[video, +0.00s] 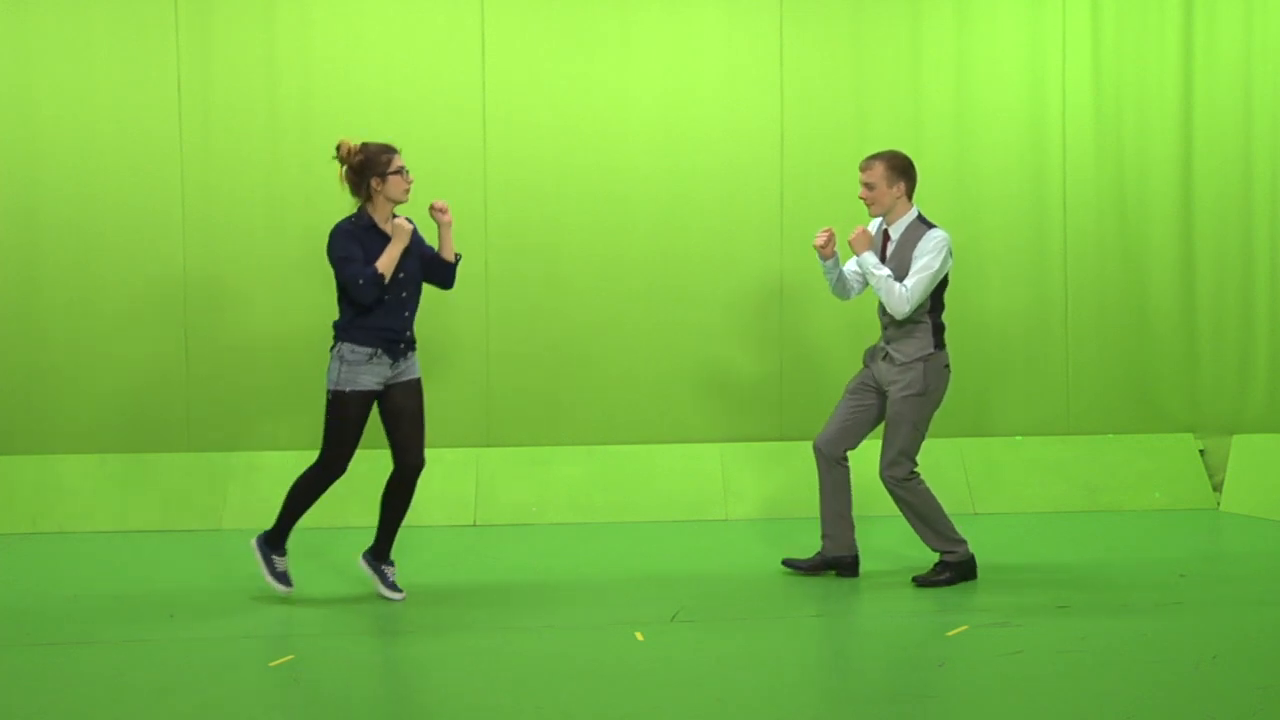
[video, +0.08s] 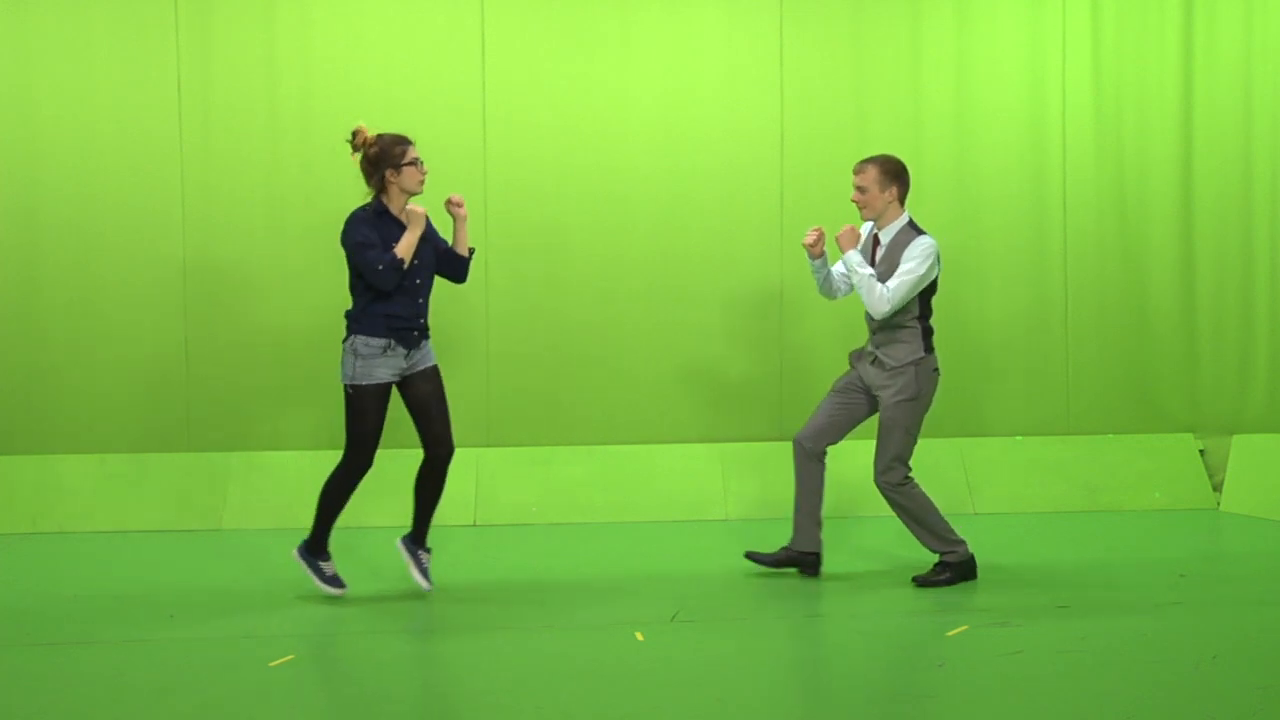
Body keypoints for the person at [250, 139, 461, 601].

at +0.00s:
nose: (408, 179)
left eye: (406, 172)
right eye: (400, 174)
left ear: (389, 183)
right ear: (375, 183)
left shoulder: (406, 234)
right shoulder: (346, 234)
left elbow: (446, 276)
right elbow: (361, 292)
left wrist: (444, 229)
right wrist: (398, 244)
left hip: (401, 360)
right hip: (356, 359)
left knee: (410, 461)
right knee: (333, 462)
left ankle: (379, 555)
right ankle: (273, 541)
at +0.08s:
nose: (423, 171)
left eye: (421, 162)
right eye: (413, 165)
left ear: (405, 173)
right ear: (388, 175)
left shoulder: (416, 221)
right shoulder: (360, 225)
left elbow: (456, 271)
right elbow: (384, 278)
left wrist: (461, 223)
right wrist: (415, 230)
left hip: (416, 347)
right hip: (370, 349)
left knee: (440, 447)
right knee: (359, 458)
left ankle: (417, 540)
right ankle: (315, 548)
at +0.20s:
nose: (446, 187)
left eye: (444, 180)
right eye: (436, 181)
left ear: (426, 190)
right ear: (412, 191)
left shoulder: (436, 238)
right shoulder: (384, 241)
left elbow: (475, 293)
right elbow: (422, 290)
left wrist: (489, 250)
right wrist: (441, 240)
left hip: (440, 361)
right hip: (395, 365)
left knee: (473, 459)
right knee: (391, 474)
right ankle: (337, 558)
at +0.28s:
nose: (464, 210)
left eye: (461, 203)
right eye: (454, 205)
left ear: (437, 215)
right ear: (429, 216)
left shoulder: (448, 263)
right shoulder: (403, 265)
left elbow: (487, 319)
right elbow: (439, 317)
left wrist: (505, 275)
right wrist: (461, 266)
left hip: (461, 384)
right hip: (417, 387)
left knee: (497, 477)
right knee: (404, 497)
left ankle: (499, 570)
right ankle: (333, 561)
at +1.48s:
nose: (448, 219)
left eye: (455, 210)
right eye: (438, 214)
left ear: (468, 215)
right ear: (426, 222)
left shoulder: (479, 265)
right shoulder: (411, 266)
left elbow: (498, 330)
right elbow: (416, 330)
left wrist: (492, 286)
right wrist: (446, 286)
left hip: (454, 382)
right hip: (405, 380)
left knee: (491, 480)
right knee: (382, 489)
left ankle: (497, 570)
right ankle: (324, 569)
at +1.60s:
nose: (380, 235)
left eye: (387, 226)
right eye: (378, 227)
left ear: (415, 225)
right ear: (395, 230)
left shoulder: (456, 266)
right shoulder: (380, 276)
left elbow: (477, 332)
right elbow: (381, 342)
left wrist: (450, 286)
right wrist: (393, 293)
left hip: (442, 391)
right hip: (387, 390)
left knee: (490, 485)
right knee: (373, 490)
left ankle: (496, 571)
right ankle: (332, 575)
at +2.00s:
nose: (445, 235)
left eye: (447, 227)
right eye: (433, 231)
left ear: (452, 230)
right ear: (410, 240)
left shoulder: (464, 272)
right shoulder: (389, 284)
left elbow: (490, 334)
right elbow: (393, 355)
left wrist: (494, 301)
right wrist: (421, 311)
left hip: (447, 389)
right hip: (393, 391)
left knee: (487, 480)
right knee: (377, 491)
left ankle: (507, 568)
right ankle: (330, 571)